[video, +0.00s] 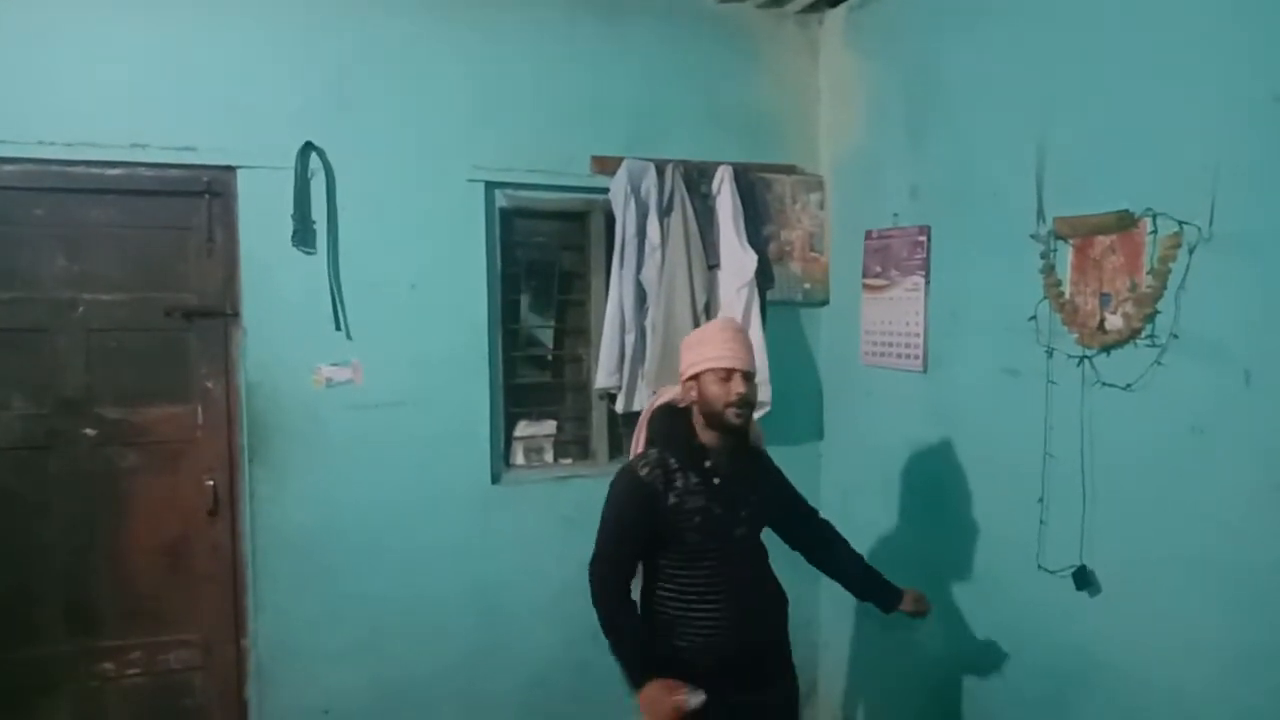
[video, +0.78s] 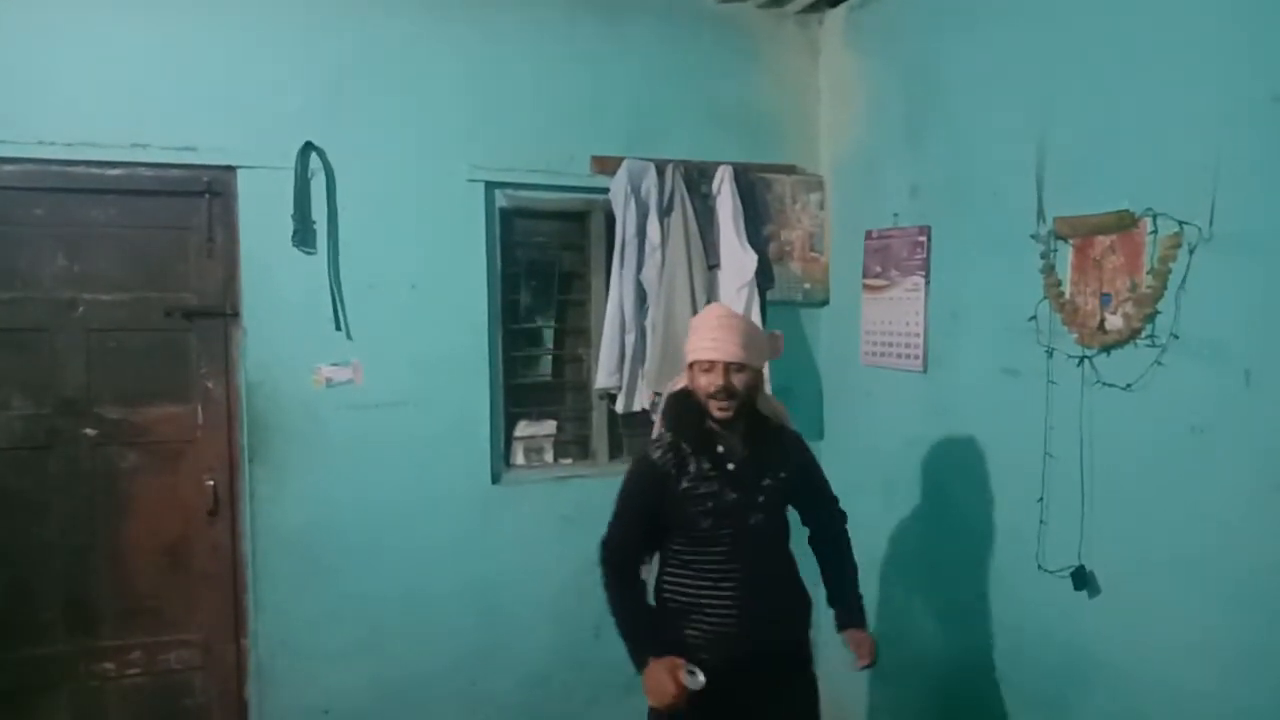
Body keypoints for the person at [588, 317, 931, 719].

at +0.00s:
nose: (741, 390)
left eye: (747, 377)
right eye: (725, 377)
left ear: (755, 384)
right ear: (690, 388)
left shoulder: (750, 464)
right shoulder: (645, 478)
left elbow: (810, 533)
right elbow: (607, 583)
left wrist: (889, 596)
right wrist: (645, 680)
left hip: (763, 666)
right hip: (683, 675)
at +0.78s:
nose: (721, 383)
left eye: (736, 369)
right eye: (706, 369)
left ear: (759, 375)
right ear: (689, 376)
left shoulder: (783, 449)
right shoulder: (664, 456)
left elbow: (827, 524)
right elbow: (618, 557)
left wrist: (851, 618)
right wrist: (648, 658)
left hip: (776, 654)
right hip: (690, 660)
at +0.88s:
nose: (728, 393)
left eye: (744, 380)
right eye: (715, 379)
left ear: (768, 383)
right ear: (700, 381)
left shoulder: (801, 458)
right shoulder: (677, 463)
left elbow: (834, 551)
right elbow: (648, 569)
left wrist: (841, 652)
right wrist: (664, 678)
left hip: (785, 659)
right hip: (701, 663)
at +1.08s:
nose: (752, 407)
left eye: (768, 395)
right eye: (741, 393)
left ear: (794, 400)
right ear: (729, 396)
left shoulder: (834, 479)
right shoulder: (709, 478)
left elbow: (867, 579)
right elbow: (686, 571)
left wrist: (841, 673)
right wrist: (676, 656)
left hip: (805, 670)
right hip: (726, 668)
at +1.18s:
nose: (759, 407)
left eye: (774, 395)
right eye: (750, 393)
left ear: (802, 400)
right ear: (739, 396)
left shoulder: (842, 474)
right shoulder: (724, 470)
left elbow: (882, 569)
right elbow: (696, 540)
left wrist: (830, 617)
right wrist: (682, 589)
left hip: (818, 661)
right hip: (739, 657)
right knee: (719, 711)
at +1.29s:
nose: (761, 396)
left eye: (776, 385)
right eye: (753, 382)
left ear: (805, 389)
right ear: (741, 383)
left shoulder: (846, 463)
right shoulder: (732, 453)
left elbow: (878, 556)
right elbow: (689, 520)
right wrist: (683, 540)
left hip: (822, 647)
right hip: (745, 643)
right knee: (725, 709)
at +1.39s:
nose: (759, 386)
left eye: (775, 373)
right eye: (750, 371)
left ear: (802, 378)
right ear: (739, 372)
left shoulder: (842, 445)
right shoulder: (732, 437)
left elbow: (853, 521)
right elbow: (683, 518)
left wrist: (785, 503)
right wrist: (679, 499)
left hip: (824, 625)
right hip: (749, 621)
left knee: (828, 711)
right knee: (727, 709)